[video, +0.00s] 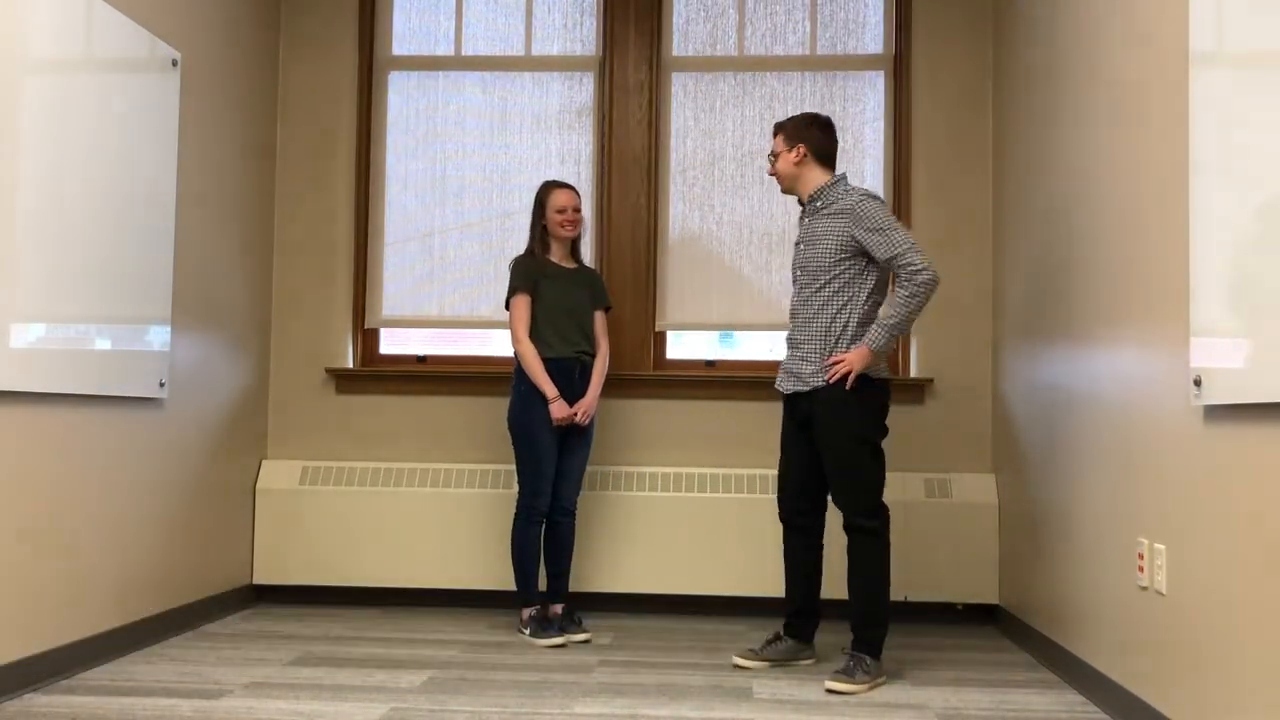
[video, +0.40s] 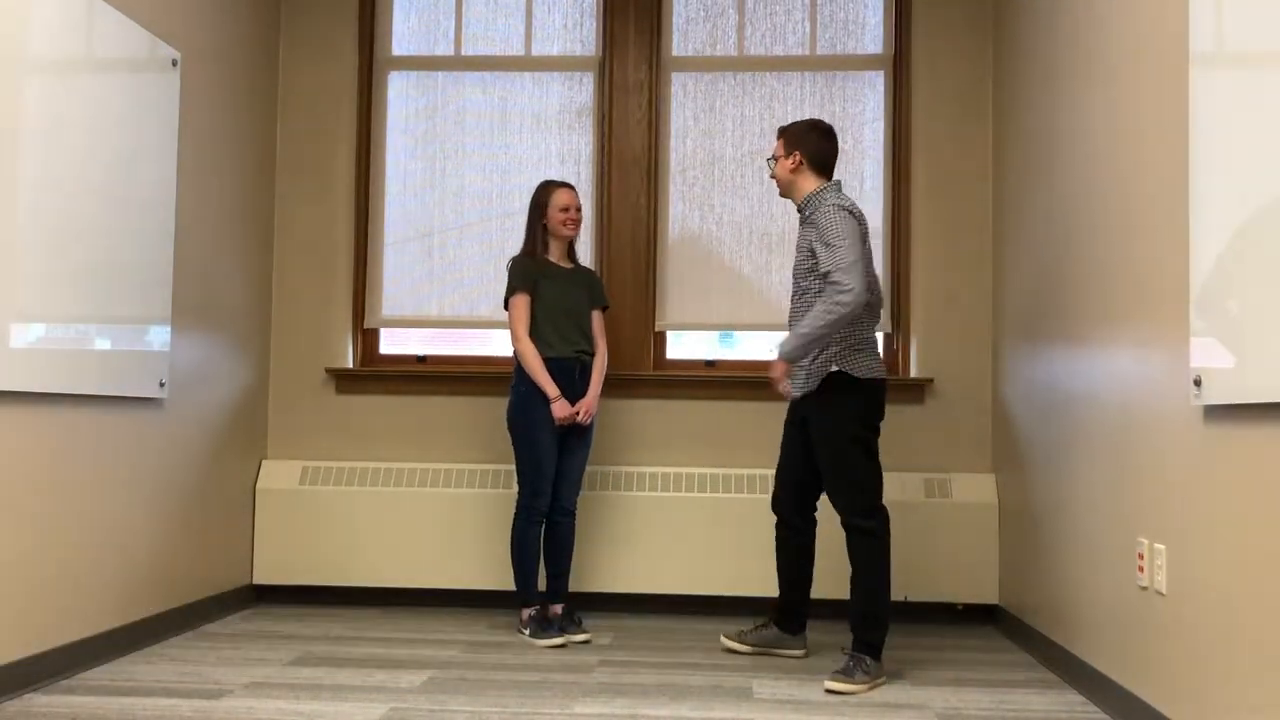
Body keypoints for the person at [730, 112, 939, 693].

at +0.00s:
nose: (770, 166)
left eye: (775, 155)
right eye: (771, 157)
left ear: (799, 153)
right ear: (803, 153)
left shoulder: (853, 205)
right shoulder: (812, 213)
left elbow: (919, 275)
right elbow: (844, 291)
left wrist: (869, 347)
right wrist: (801, 355)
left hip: (848, 392)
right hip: (804, 392)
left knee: (862, 519)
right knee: (800, 515)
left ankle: (866, 653)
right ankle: (796, 637)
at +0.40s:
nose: (771, 167)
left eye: (776, 158)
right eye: (773, 158)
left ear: (799, 160)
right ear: (808, 160)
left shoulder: (833, 211)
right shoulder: (816, 214)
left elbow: (854, 292)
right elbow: (853, 299)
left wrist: (786, 351)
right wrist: (801, 360)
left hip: (846, 385)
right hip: (817, 384)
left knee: (862, 517)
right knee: (792, 505)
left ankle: (867, 653)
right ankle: (788, 626)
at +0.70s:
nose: (757, 176)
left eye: (762, 166)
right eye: (758, 167)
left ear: (784, 168)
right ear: (791, 169)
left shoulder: (809, 227)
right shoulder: (797, 226)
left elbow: (777, 316)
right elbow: (783, 319)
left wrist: (706, 351)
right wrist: (722, 355)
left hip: (814, 388)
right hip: (789, 388)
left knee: (828, 516)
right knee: (770, 506)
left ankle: (859, 653)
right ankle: (779, 626)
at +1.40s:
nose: (730, 179)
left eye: (736, 169)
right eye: (731, 170)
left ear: (762, 172)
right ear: (766, 173)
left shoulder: (776, 225)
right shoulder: (773, 224)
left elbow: (741, 311)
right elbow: (741, 311)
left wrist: (672, 329)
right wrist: (677, 328)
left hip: (770, 383)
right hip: (766, 381)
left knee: (760, 506)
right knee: (763, 504)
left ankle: (778, 631)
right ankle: (773, 626)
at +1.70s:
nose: (715, 177)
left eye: (721, 168)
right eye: (718, 169)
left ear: (745, 169)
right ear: (748, 171)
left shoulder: (767, 232)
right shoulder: (756, 229)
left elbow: (755, 329)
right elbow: (740, 312)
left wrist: (682, 347)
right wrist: (685, 313)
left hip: (762, 381)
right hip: (768, 379)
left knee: (717, 496)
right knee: (773, 501)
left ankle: (741, 631)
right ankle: (782, 622)